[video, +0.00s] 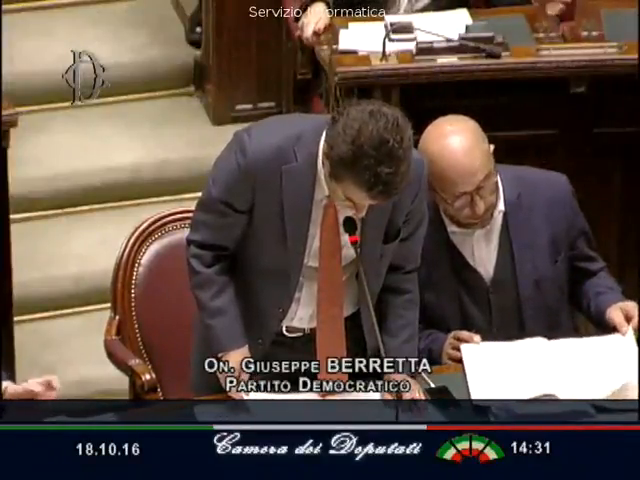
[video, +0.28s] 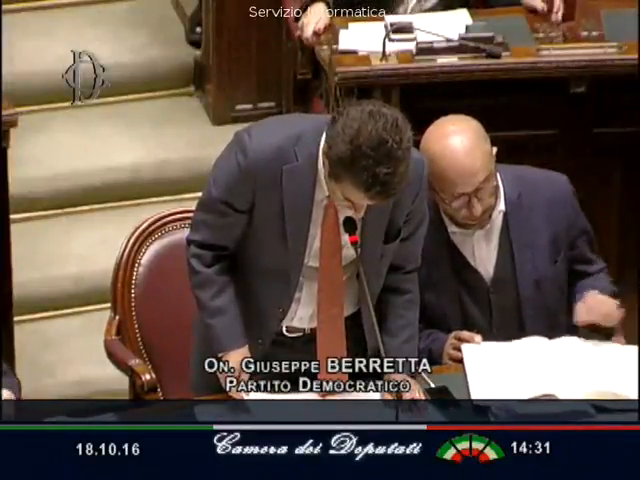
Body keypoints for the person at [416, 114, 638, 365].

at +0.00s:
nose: (477, 206)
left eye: (484, 187)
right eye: (458, 197)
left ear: (492, 154)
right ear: (429, 186)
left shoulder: (551, 193)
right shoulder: (407, 221)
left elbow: (586, 271)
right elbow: (391, 323)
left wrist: (610, 304)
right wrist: (439, 345)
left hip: (557, 377)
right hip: (457, 388)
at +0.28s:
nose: (475, 208)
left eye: (482, 189)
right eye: (457, 198)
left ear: (493, 156)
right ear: (429, 185)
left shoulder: (551, 194)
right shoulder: (408, 220)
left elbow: (588, 270)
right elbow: (393, 325)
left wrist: (592, 301)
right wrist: (439, 347)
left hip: (555, 375)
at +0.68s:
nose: (471, 209)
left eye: (478, 190)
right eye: (454, 198)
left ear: (491, 158)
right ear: (428, 184)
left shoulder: (552, 196)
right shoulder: (408, 220)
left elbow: (594, 283)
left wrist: (553, 314)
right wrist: (439, 345)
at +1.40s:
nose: (469, 211)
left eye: (479, 191)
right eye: (452, 199)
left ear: (491, 159)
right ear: (425, 186)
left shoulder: (550, 197)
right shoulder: (407, 222)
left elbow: (591, 282)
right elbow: (398, 327)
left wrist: (580, 317)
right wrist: (438, 346)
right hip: (454, 380)